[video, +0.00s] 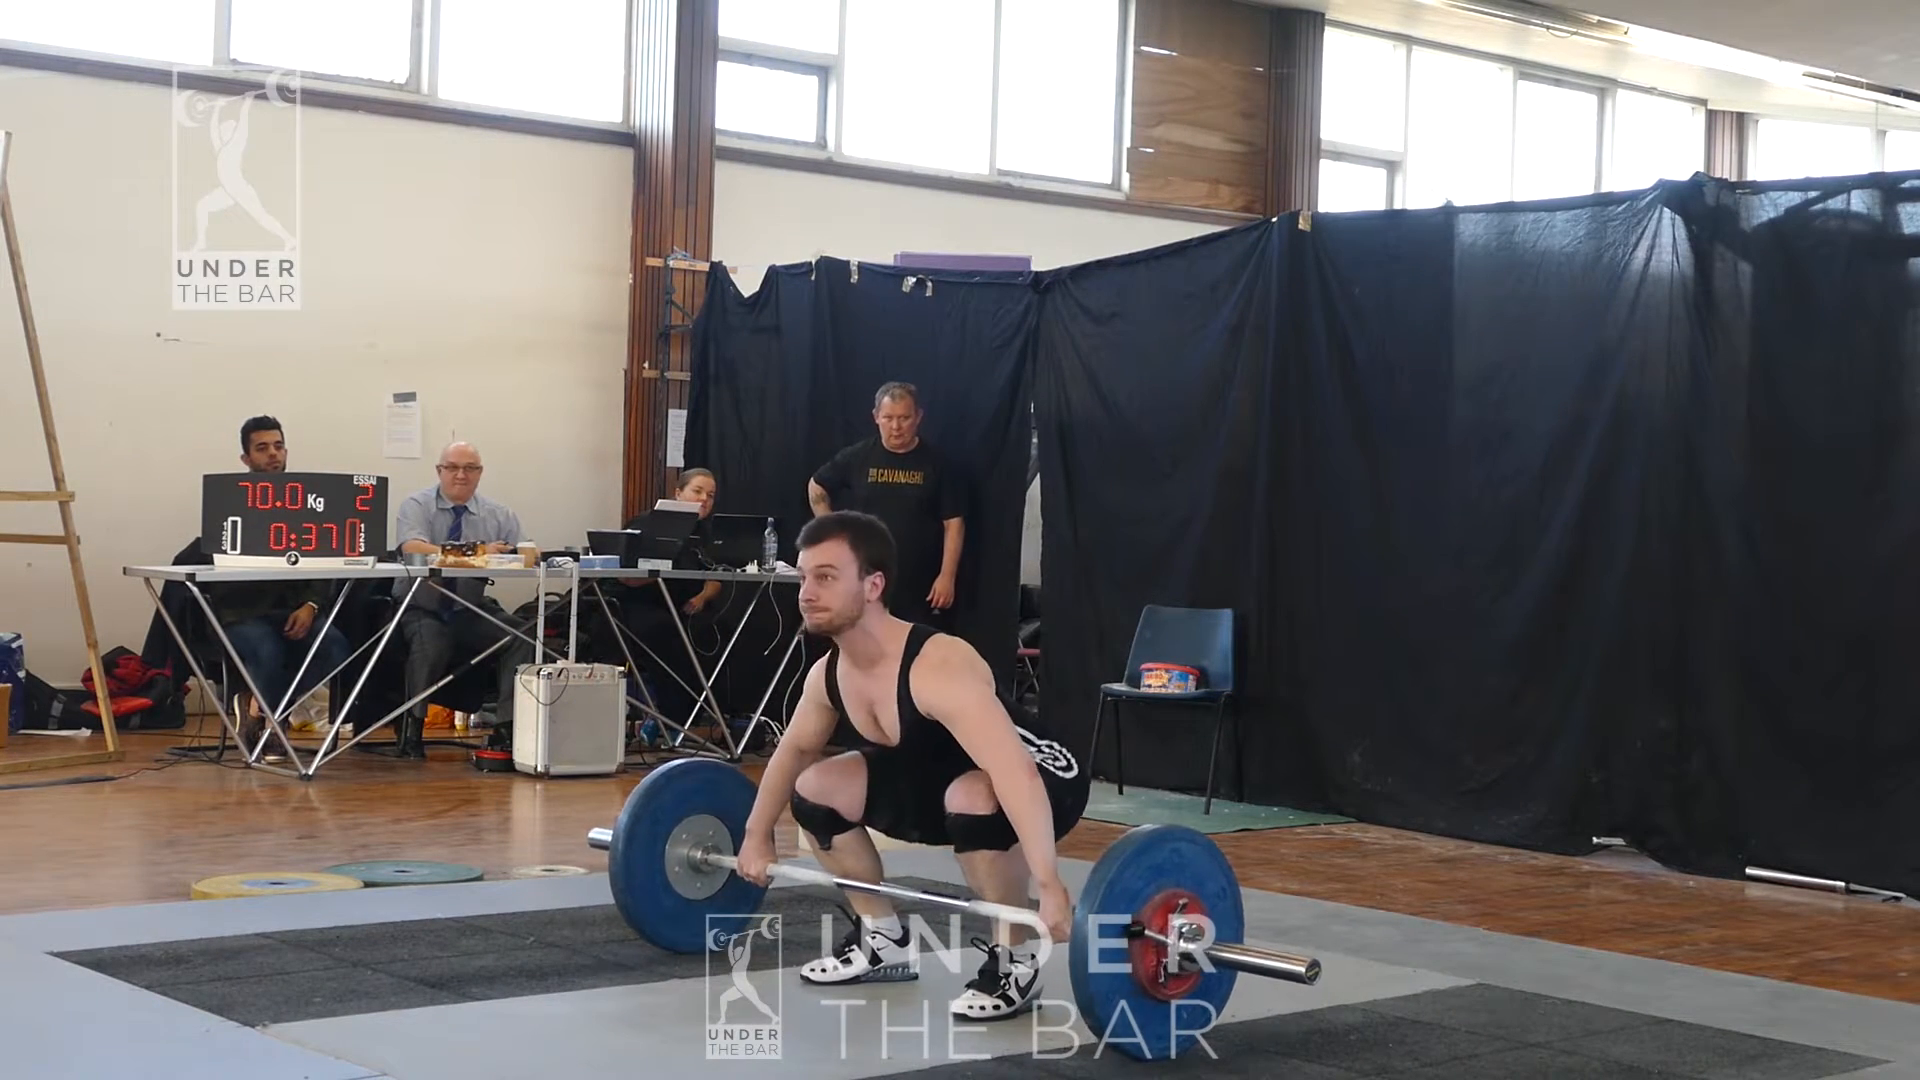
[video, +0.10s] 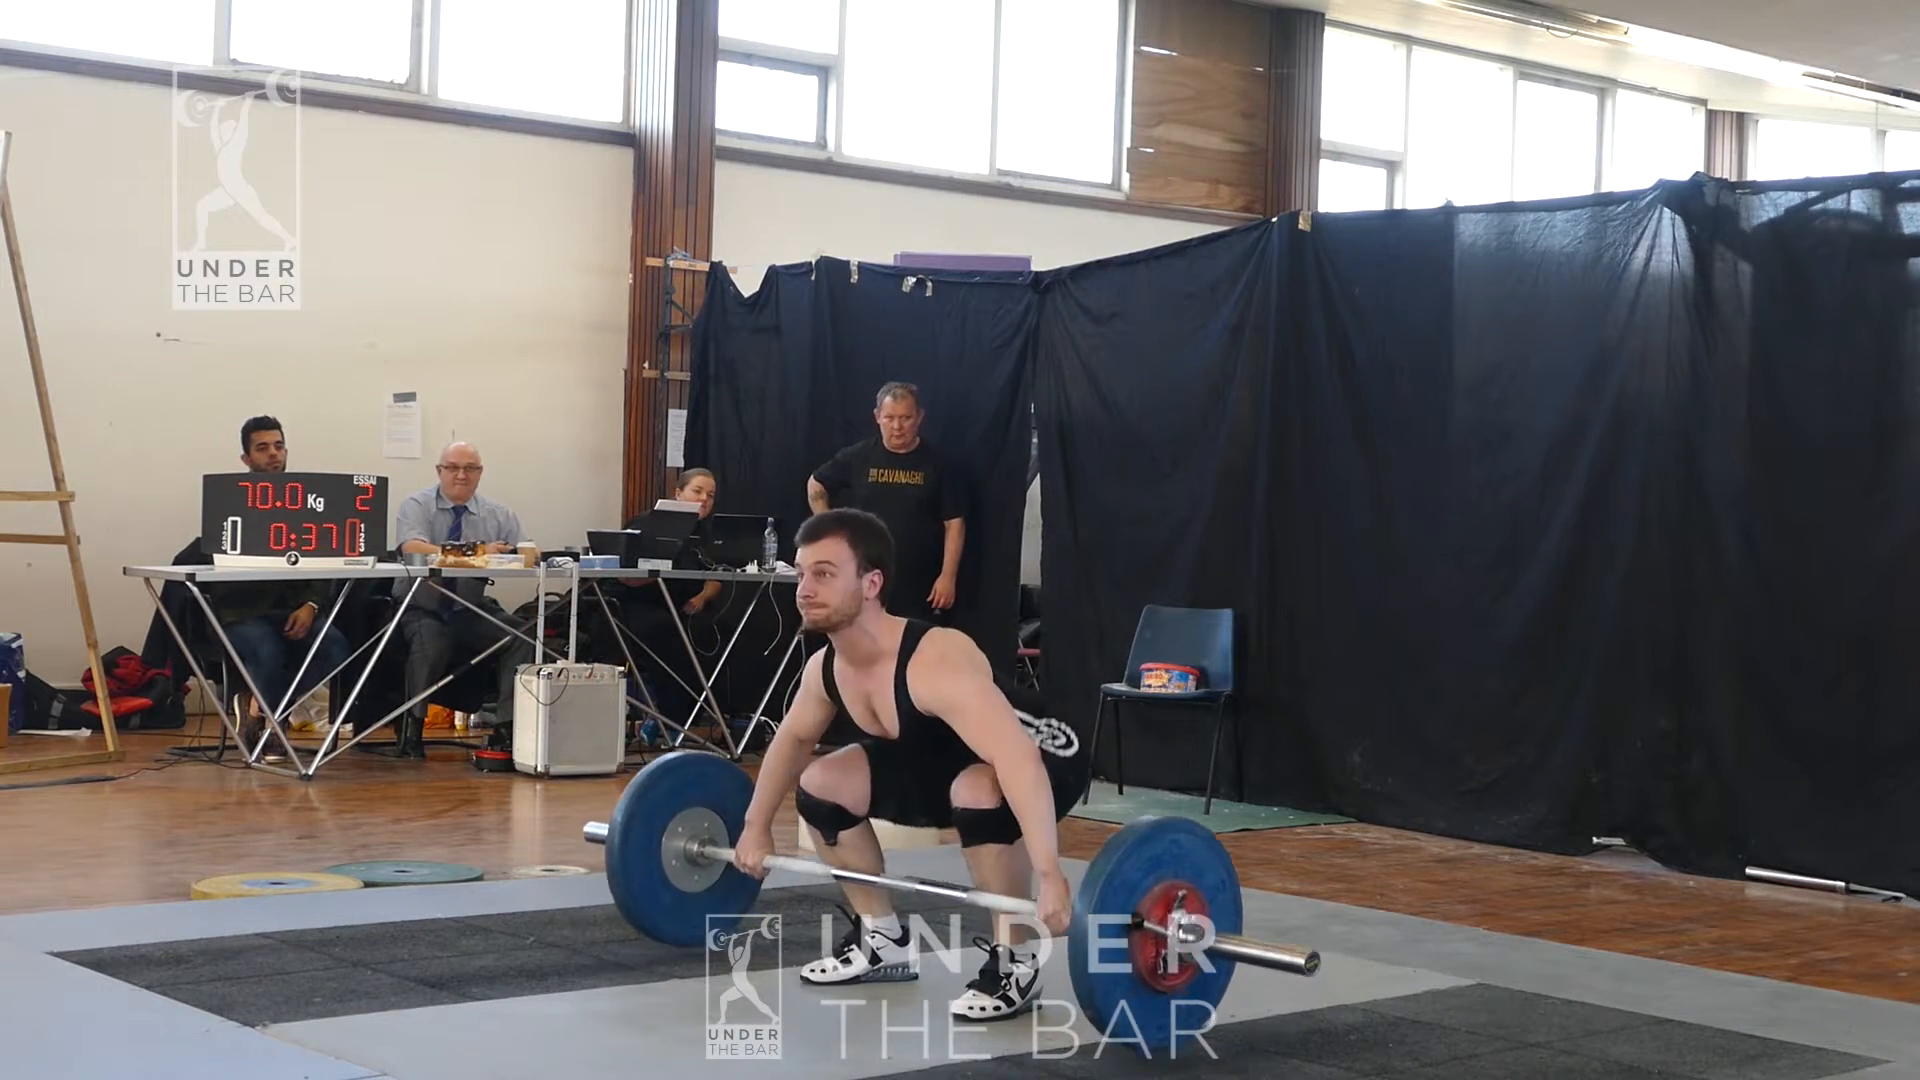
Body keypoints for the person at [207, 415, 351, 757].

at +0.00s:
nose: (273, 454)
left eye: (278, 446)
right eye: (263, 448)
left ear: (286, 451)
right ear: (246, 458)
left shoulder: (303, 497)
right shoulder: (234, 500)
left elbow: (326, 557)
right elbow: (222, 560)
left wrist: (312, 604)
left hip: (294, 607)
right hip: (245, 610)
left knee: (335, 648)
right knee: (268, 651)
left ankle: (256, 708)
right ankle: (273, 733)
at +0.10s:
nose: (274, 454)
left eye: (279, 446)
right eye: (263, 448)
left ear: (286, 451)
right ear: (246, 458)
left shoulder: (303, 497)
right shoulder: (234, 500)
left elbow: (326, 557)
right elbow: (222, 560)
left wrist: (312, 604)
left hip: (294, 607)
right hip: (245, 610)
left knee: (335, 648)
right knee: (268, 651)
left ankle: (256, 708)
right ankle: (273, 733)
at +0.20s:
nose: (274, 454)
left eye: (279, 446)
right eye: (263, 448)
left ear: (286, 451)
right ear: (247, 458)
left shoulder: (303, 497)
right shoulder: (234, 500)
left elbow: (327, 557)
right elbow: (222, 560)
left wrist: (312, 604)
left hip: (294, 607)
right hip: (245, 609)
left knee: (335, 648)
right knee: (268, 651)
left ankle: (256, 708)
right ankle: (273, 733)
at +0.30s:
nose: (274, 454)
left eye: (279, 447)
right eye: (263, 448)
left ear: (286, 451)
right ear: (247, 458)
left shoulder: (304, 497)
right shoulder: (234, 499)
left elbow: (328, 558)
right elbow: (221, 559)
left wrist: (312, 605)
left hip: (295, 607)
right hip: (245, 609)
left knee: (335, 649)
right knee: (268, 651)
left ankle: (256, 707)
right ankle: (273, 734)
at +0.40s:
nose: (274, 454)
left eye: (279, 447)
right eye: (263, 448)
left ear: (286, 452)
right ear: (247, 458)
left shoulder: (303, 497)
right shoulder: (234, 499)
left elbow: (328, 557)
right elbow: (222, 559)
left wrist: (312, 605)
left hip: (295, 607)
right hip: (246, 609)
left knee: (335, 648)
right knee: (268, 652)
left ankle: (258, 707)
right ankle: (272, 733)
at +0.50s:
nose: (274, 454)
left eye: (279, 446)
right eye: (263, 448)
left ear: (286, 451)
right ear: (247, 458)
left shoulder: (303, 497)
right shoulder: (235, 499)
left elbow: (327, 557)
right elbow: (222, 560)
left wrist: (312, 604)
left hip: (295, 607)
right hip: (246, 609)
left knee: (335, 648)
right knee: (267, 651)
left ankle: (258, 708)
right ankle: (274, 733)